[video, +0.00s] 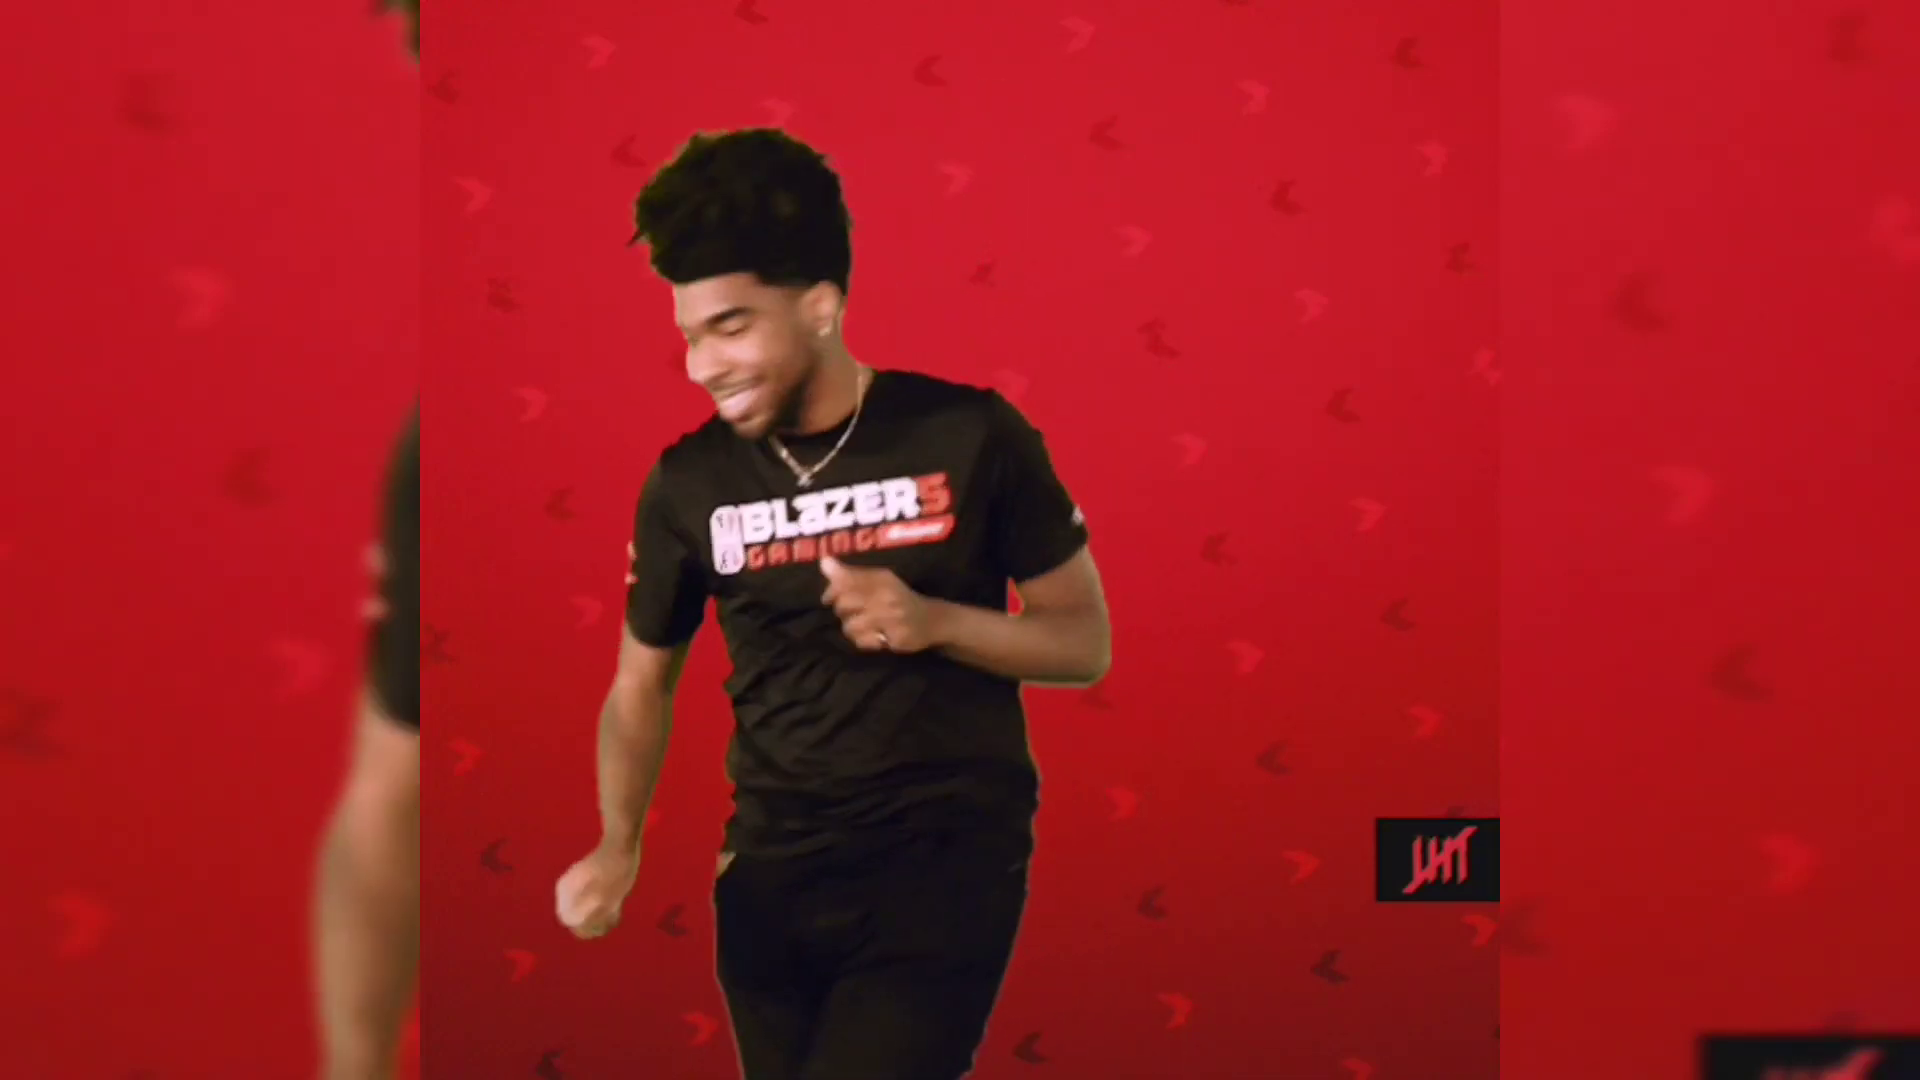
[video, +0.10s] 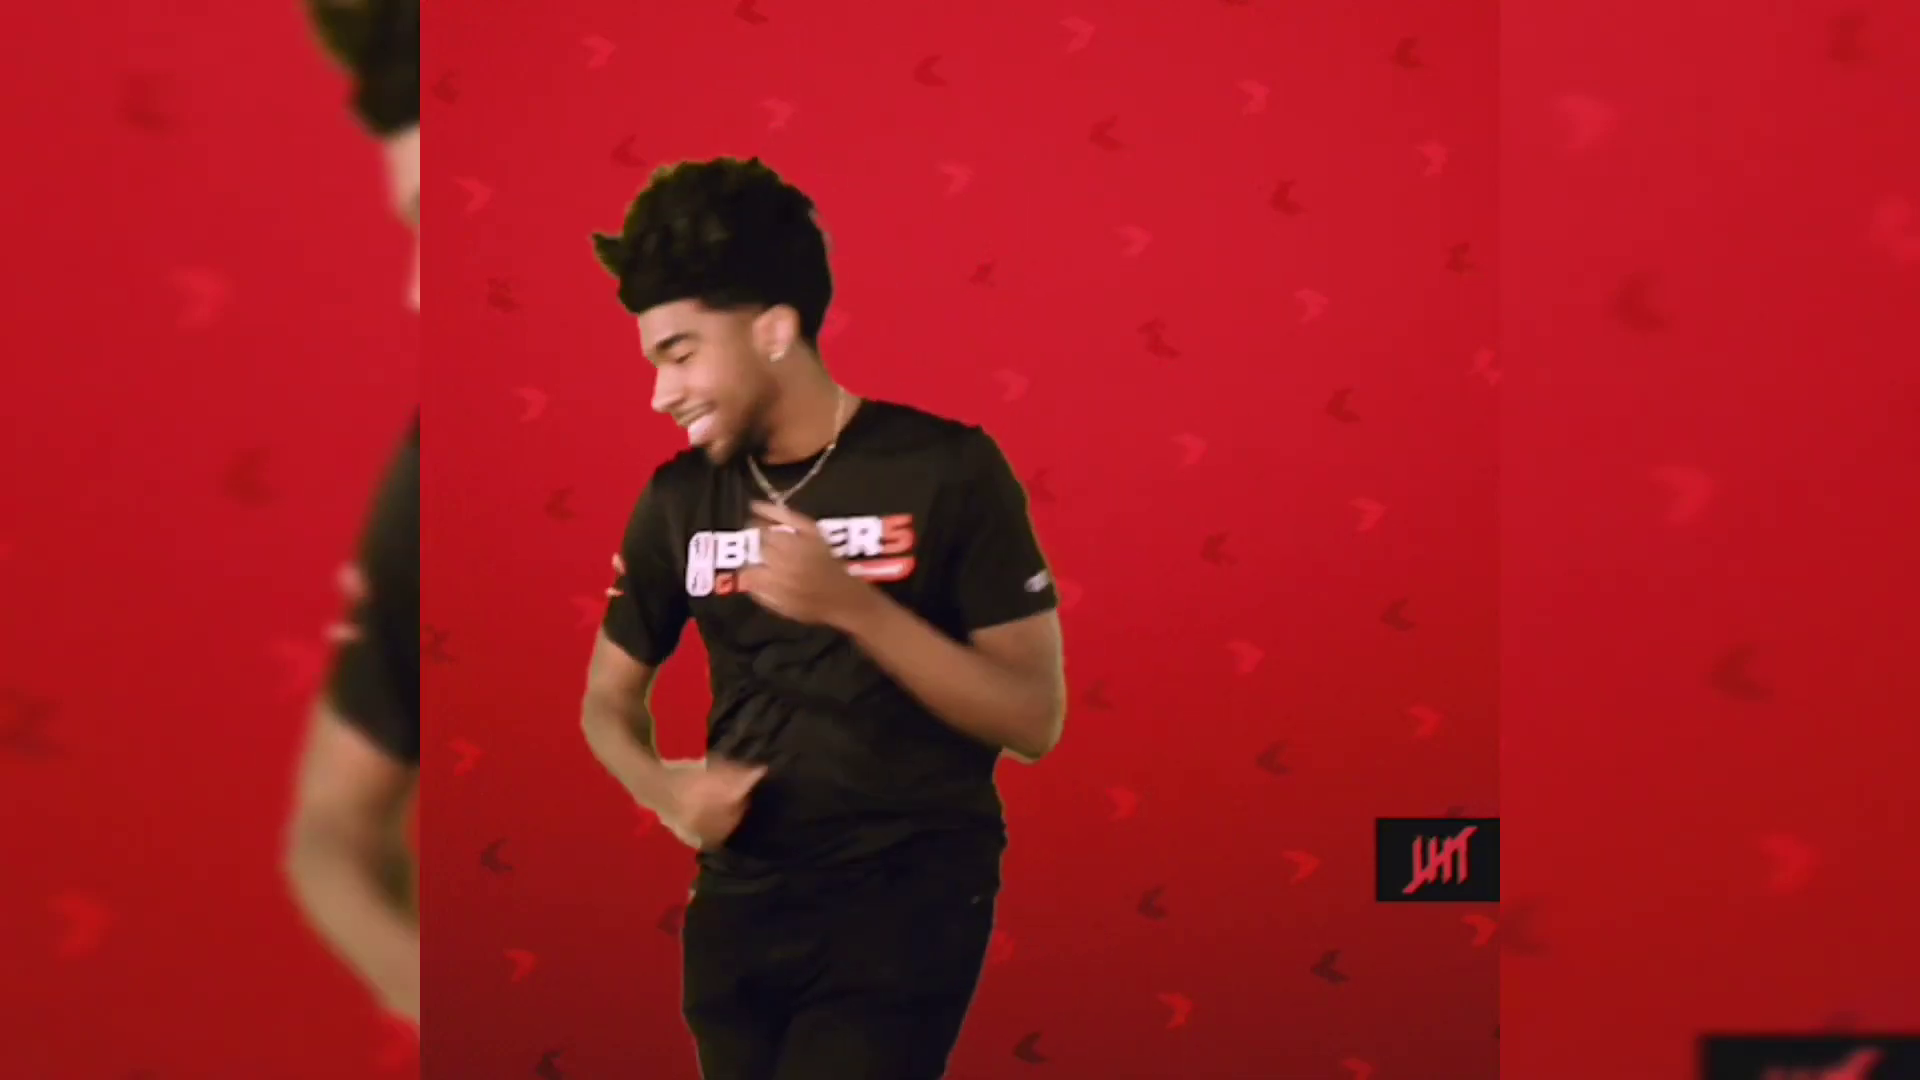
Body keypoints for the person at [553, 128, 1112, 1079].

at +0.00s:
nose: (703, 365)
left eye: (731, 325)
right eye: (687, 334)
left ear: (825, 305)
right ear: (679, 323)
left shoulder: (975, 438)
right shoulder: (690, 486)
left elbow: (1084, 643)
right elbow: (643, 681)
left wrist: (936, 621)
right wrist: (617, 843)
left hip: (944, 854)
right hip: (774, 867)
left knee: (881, 1055)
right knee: (780, 1056)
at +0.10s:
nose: (660, 394)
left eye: (679, 351)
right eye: (654, 362)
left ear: (775, 331)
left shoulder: (952, 471)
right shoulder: (681, 502)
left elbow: (1033, 717)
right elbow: (611, 702)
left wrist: (849, 604)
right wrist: (660, 786)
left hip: (907, 904)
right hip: (742, 911)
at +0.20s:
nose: (626, 392)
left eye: (628, 354)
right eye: (617, 361)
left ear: (704, 331)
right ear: (698, 336)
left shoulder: (878, 439)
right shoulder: (678, 482)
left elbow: (850, 675)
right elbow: (557, 600)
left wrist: (710, 585)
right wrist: (597, 655)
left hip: (875, 869)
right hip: (731, 869)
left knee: (803, 1057)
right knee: (712, 1055)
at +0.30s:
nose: (616, 377)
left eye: (613, 338)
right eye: (607, 344)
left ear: (676, 315)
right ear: (676, 321)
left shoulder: (833, 418)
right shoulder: (692, 454)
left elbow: (723, 640)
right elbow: (612, 549)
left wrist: (653, 657)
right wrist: (573, 561)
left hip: (866, 856)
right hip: (743, 851)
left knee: (752, 1055)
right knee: (689, 1057)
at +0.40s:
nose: (624, 402)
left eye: (620, 361)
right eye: (616, 366)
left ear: (669, 335)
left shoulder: (793, 460)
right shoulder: (767, 464)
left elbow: (658, 704)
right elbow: (668, 609)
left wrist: (573, 693)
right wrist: (626, 555)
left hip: (812, 915)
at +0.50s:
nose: (629, 397)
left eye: (630, 360)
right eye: (631, 361)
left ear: (655, 361)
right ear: (774, 364)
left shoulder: (715, 507)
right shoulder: (837, 500)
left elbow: (567, 751)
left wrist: (541, 589)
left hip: (771, 961)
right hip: (872, 954)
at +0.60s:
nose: (628, 342)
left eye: (630, 310)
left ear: (643, 329)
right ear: (776, 330)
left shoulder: (641, 457)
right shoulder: (846, 457)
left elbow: (503, 700)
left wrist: (622, 559)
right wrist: (642, 610)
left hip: (759, 919)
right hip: (897, 917)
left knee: (626, 1064)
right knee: (823, 1063)